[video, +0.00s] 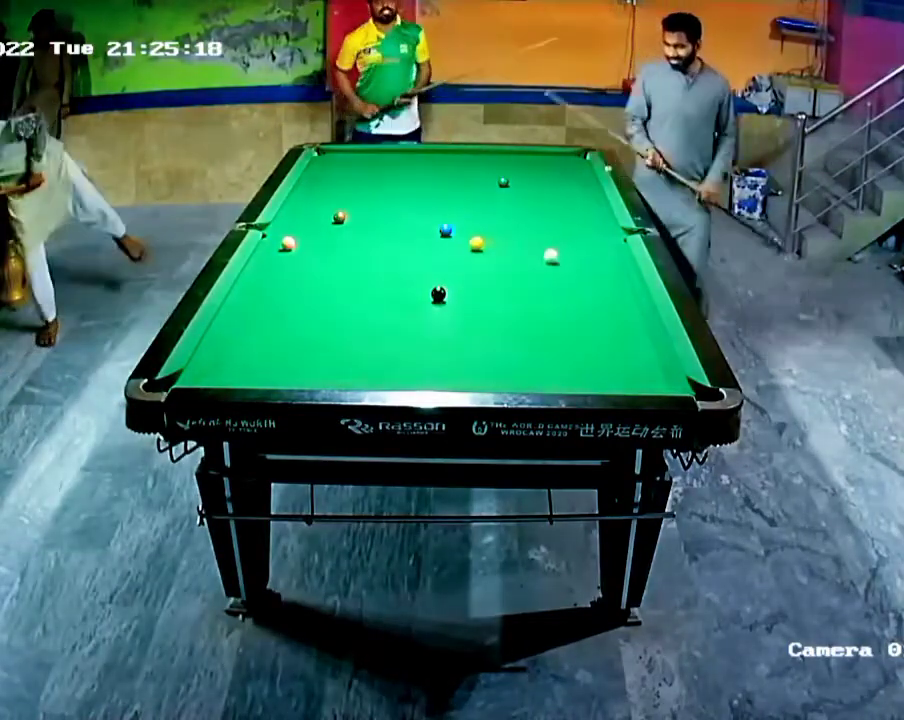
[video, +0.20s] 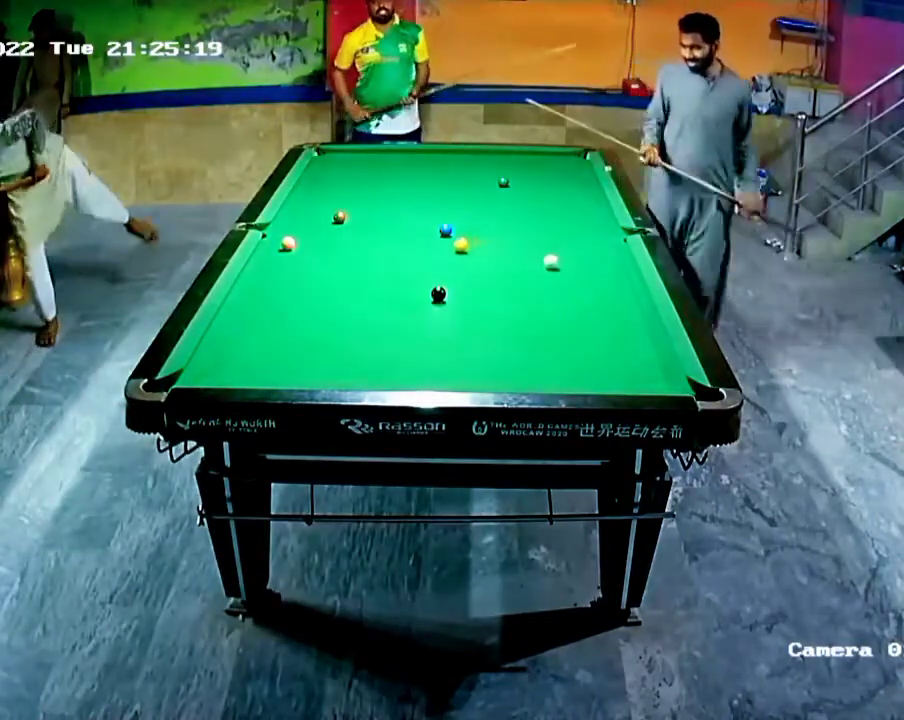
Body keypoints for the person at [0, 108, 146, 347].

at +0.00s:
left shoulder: (10, 128)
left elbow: (33, 121)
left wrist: (34, 168)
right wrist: (16, 190)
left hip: (48, 158)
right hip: (12, 187)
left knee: (94, 206)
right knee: (32, 256)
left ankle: (123, 238)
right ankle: (50, 320)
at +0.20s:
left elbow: (31, 119)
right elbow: (3, 187)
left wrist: (37, 160)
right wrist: (26, 181)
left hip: (50, 152)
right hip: (16, 187)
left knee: (91, 196)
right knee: (32, 254)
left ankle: (131, 222)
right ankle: (50, 320)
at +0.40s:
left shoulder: (5, 131)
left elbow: (26, 117)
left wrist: (58, 149)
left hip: (45, 161)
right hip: (15, 191)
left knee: (85, 173)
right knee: (33, 257)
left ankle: (139, 199)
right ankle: (50, 319)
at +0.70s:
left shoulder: (5, 126)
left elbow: (23, 121)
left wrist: (30, 161)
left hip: (43, 155)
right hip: (13, 190)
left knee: (92, 171)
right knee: (31, 258)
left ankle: (136, 183)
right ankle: (50, 320)